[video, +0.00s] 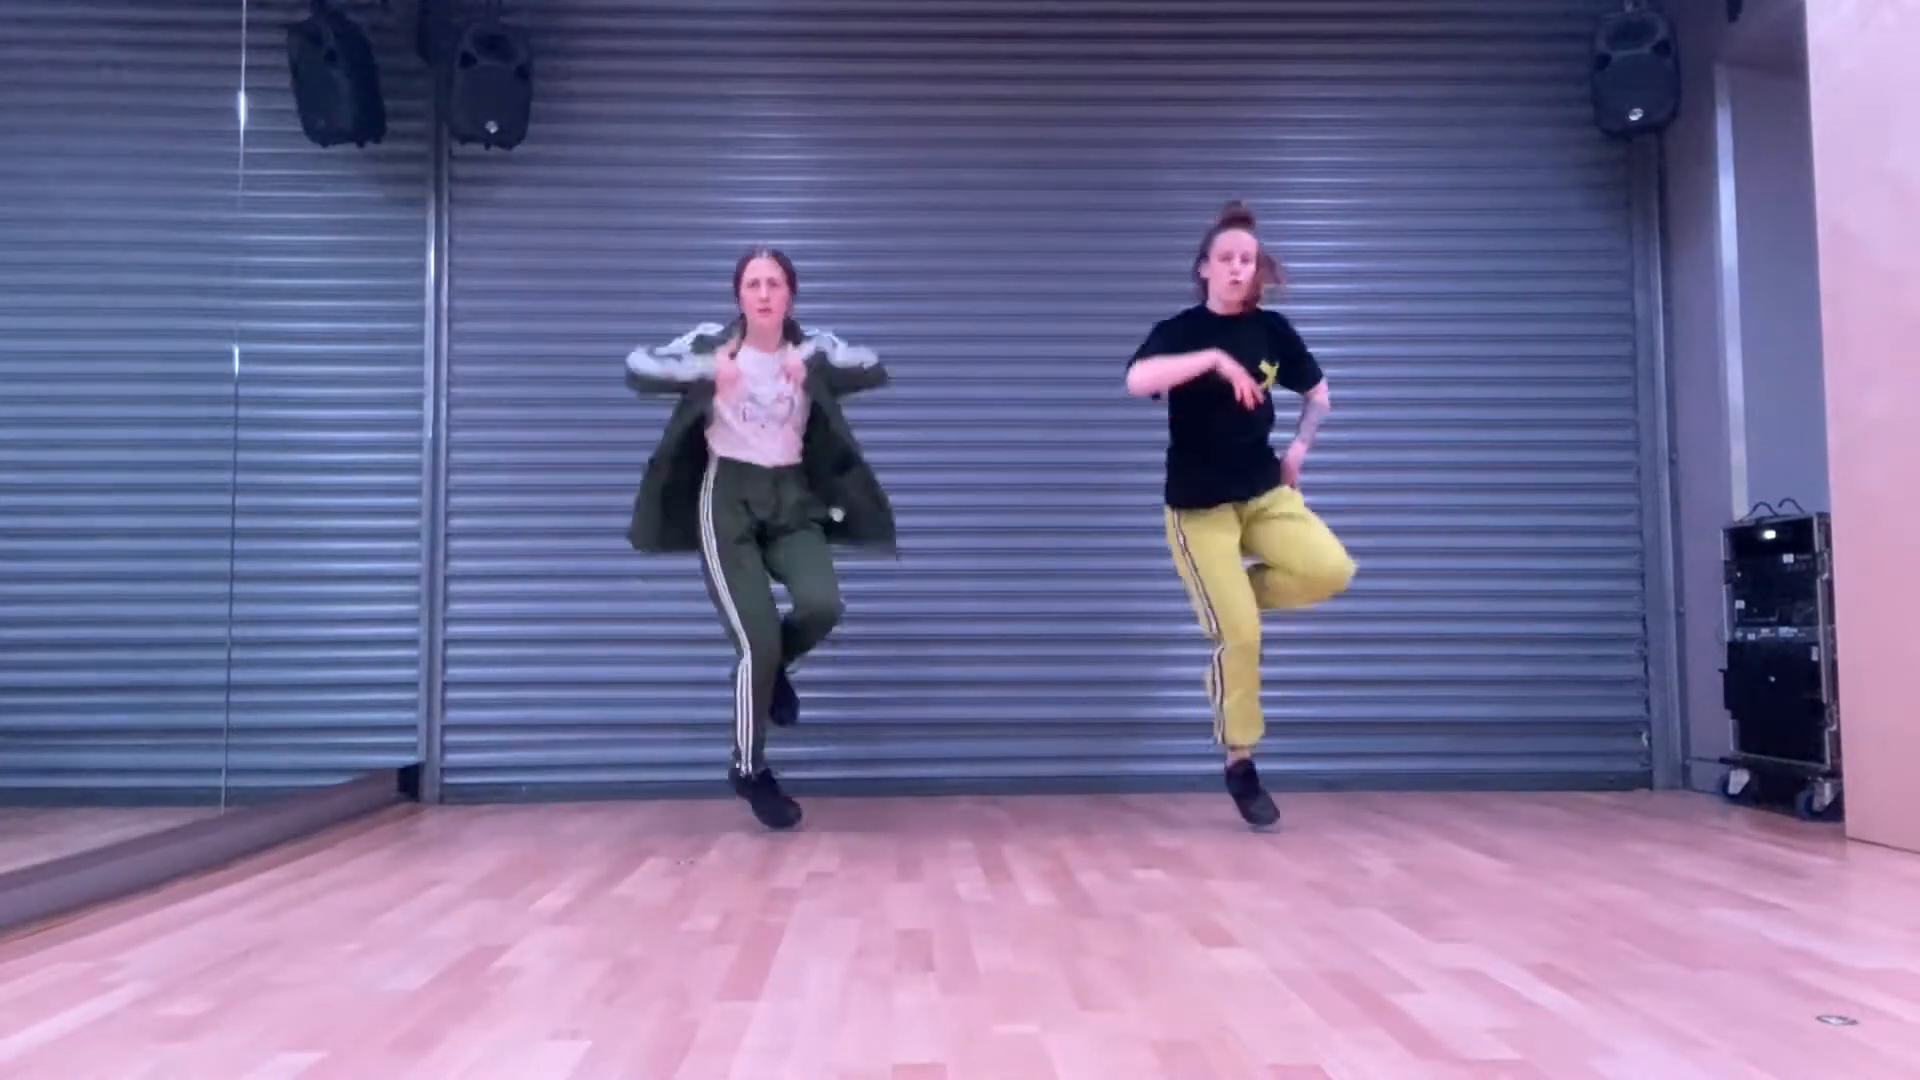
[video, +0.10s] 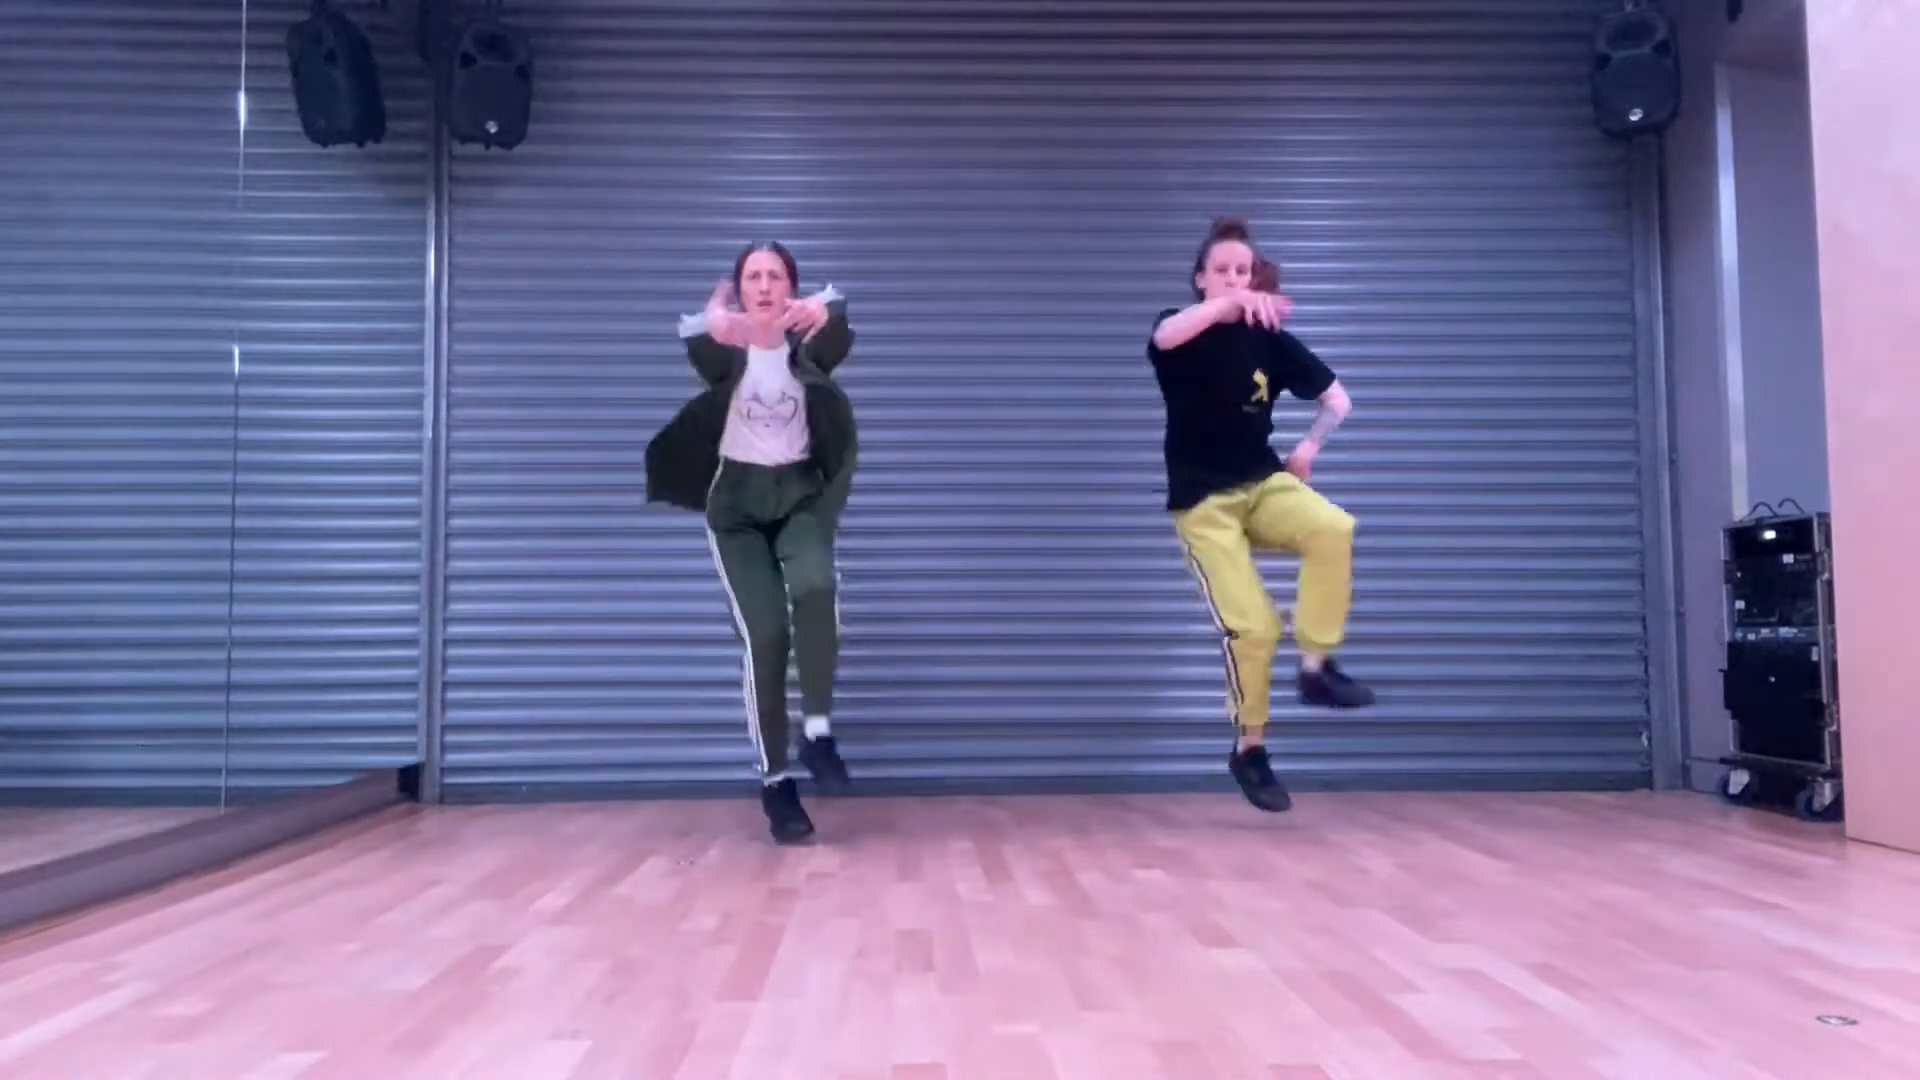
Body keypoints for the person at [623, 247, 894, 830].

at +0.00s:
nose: (764, 293)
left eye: (774, 284)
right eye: (753, 285)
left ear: (791, 295)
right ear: (738, 295)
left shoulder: (812, 350)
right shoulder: (712, 350)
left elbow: (877, 371)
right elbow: (637, 369)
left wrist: (821, 362)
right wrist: (700, 361)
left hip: (793, 500)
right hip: (727, 499)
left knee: (822, 608)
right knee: (761, 642)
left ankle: (769, 663)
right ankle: (750, 771)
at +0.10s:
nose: (764, 286)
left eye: (774, 277)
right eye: (754, 278)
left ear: (793, 288)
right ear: (737, 291)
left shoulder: (809, 345)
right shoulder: (725, 348)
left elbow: (837, 339)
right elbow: (706, 353)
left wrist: (823, 309)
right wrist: (719, 322)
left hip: (803, 497)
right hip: (736, 499)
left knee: (816, 590)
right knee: (767, 634)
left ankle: (817, 732)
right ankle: (776, 780)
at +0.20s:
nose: (762, 298)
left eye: (772, 289)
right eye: (752, 290)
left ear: (791, 301)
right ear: (737, 303)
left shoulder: (814, 354)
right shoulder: (717, 360)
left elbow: (855, 396)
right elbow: (694, 411)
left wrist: (808, 400)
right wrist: (737, 429)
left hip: (818, 519)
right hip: (750, 525)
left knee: (820, 628)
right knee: (766, 659)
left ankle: (840, 762)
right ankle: (794, 791)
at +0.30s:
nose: (763, 308)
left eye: (773, 298)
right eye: (752, 299)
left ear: (791, 312)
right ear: (737, 313)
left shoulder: (821, 382)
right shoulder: (718, 387)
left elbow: (856, 468)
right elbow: (711, 473)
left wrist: (829, 525)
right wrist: (730, 531)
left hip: (819, 525)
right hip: (752, 528)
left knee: (811, 638)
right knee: (773, 662)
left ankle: (847, 773)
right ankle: (801, 788)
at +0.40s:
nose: (764, 322)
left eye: (775, 312)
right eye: (754, 315)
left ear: (796, 322)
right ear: (743, 329)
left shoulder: (829, 398)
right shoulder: (723, 404)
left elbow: (855, 496)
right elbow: (718, 498)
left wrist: (869, 582)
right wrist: (711, 583)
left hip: (822, 558)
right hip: (751, 563)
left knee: (819, 679)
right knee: (742, 660)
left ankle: (878, 801)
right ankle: (810, 769)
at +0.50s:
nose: (736, 343)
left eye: (747, 332)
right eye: (733, 335)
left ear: (784, 339)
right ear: (737, 347)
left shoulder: (832, 413)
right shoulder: (722, 417)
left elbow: (873, 503)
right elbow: (706, 504)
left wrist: (894, 586)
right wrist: (685, 586)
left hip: (808, 569)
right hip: (735, 568)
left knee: (801, 695)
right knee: (690, 660)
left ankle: (872, 803)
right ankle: (735, 772)